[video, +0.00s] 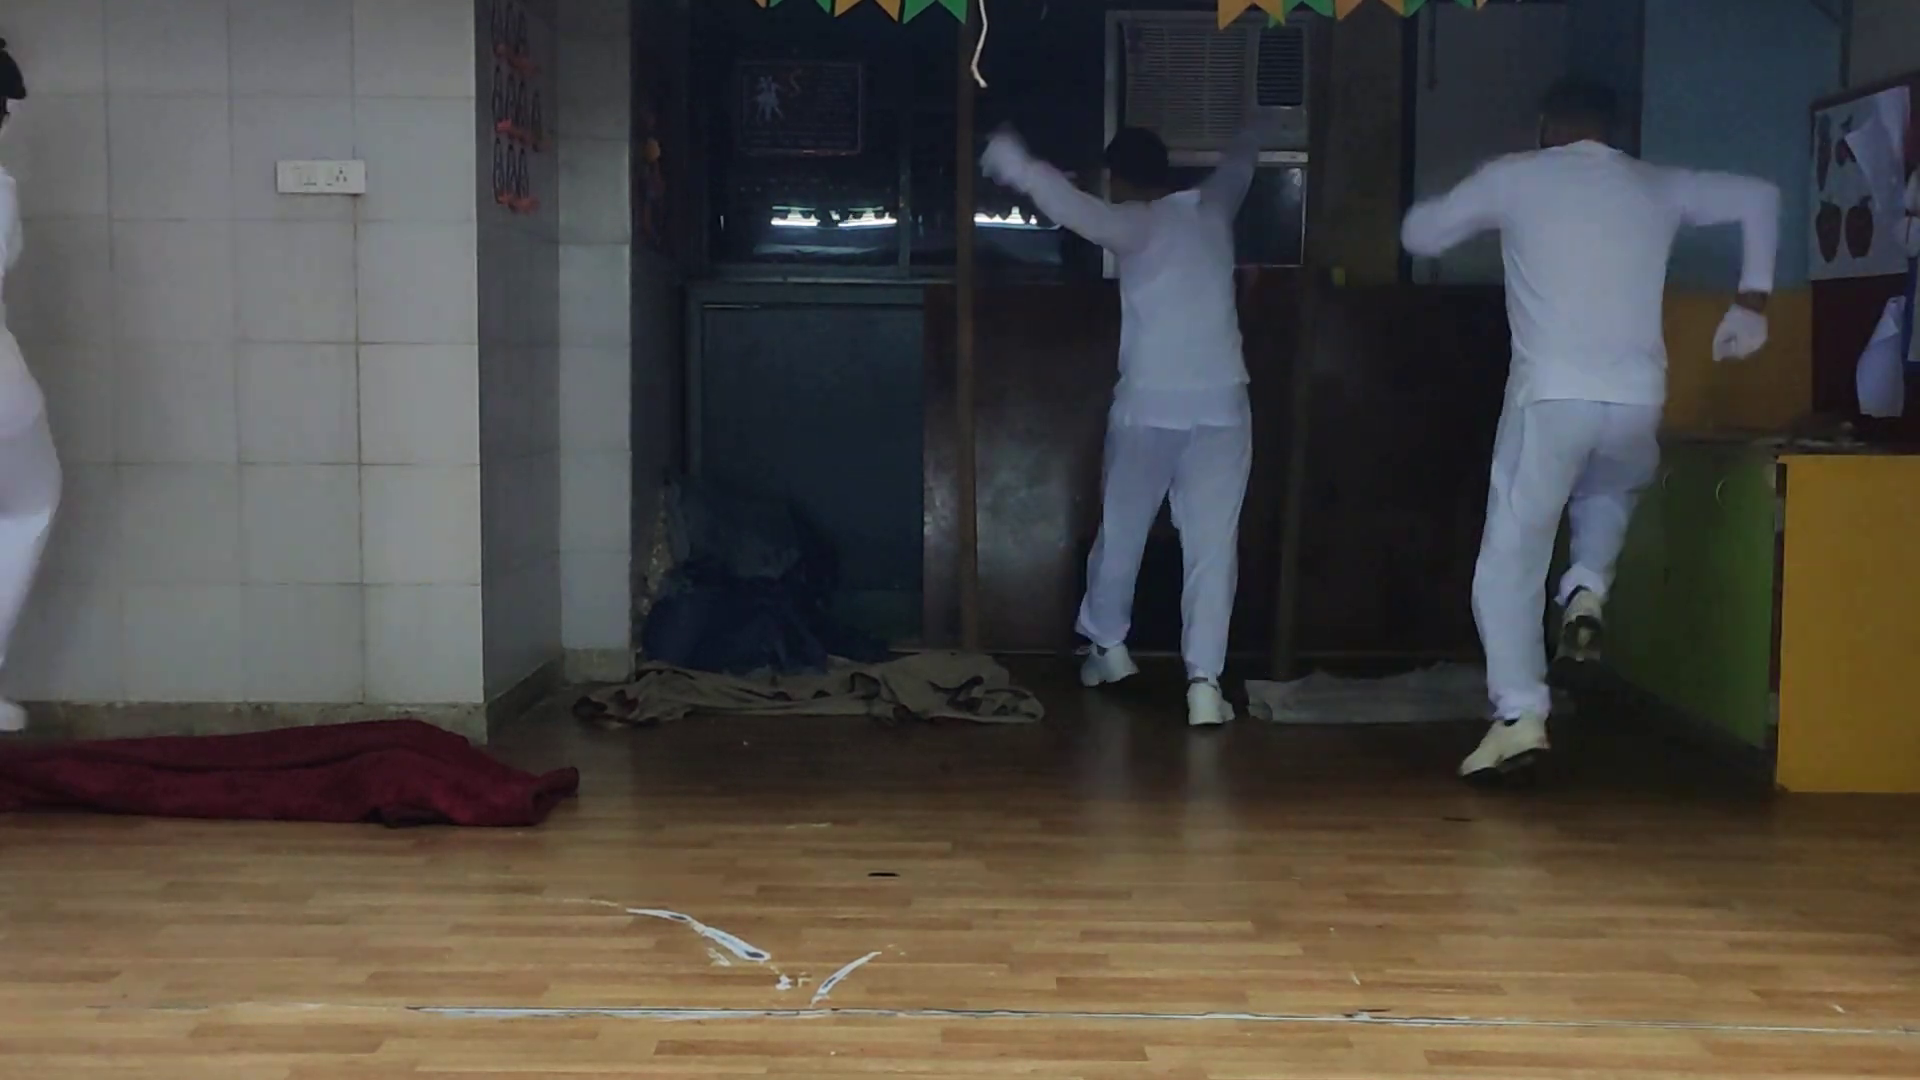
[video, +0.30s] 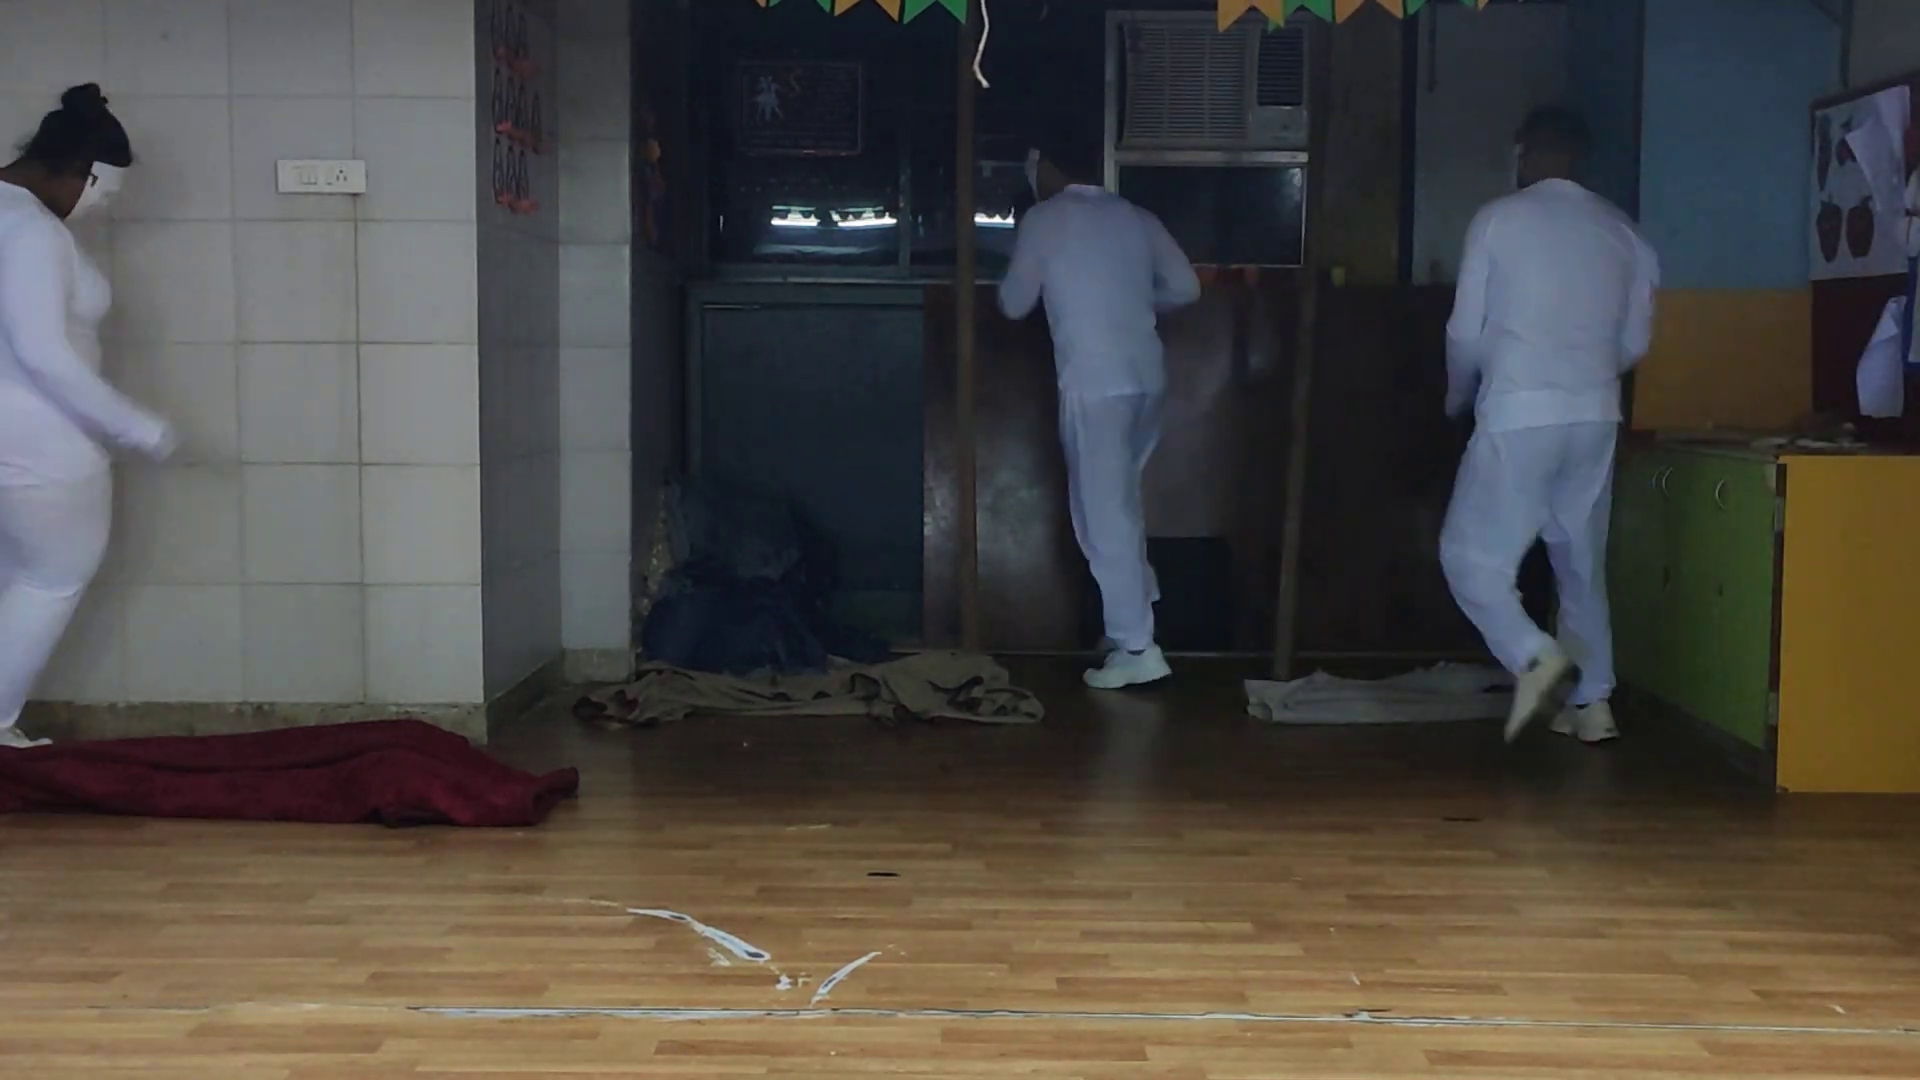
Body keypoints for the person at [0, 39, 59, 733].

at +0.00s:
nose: (6, 115)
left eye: (8, 102)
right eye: (6, 102)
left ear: (11, 104)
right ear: (3, 102)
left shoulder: (6, 187)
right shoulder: (4, 188)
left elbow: (8, 252)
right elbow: (8, 253)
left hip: (5, 352)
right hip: (5, 356)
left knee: (30, 492)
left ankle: (0, 685)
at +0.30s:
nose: (96, 200)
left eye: (102, 188)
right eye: (97, 185)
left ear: (50, 156)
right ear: (72, 168)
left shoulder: (17, 214)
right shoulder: (30, 228)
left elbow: (40, 347)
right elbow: (42, 351)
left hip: (23, 438)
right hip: (34, 443)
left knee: (35, 574)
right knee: (56, 572)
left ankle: (6, 719)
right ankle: (2, 719)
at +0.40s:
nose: (126, 181)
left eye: (132, 168)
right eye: (124, 164)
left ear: (80, 137)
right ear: (93, 142)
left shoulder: (34, 185)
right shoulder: (45, 196)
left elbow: (63, 300)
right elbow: (93, 289)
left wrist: (126, 307)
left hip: (68, 417)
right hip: (47, 424)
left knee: (123, 529)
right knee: (43, 567)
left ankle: (13, 653)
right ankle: (5, 706)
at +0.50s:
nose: (151, 155)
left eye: (160, 144)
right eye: (150, 137)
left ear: (110, 120)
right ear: (117, 119)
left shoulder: (103, 186)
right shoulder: (63, 170)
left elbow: (95, 300)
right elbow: (137, 213)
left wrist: (163, 318)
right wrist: (218, 150)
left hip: (124, 396)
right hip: (55, 401)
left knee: (160, 516)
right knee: (45, 551)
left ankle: (129, 680)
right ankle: (4, 704)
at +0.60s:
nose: (173, 146)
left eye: (180, 136)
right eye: (167, 132)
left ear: (172, 136)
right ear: (137, 123)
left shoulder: (158, 217)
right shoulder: (80, 181)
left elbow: (170, 306)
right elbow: (166, 159)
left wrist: (240, 336)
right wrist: (259, 87)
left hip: (167, 396)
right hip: (85, 397)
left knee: (199, 542)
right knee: (53, 560)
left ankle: (221, 695)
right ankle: (1, 703)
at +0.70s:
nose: (225, 172)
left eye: (229, 161)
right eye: (214, 156)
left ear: (218, 168)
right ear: (174, 146)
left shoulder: (203, 235)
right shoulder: (104, 213)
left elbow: (234, 319)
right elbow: (152, 184)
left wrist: (294, 353)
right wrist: (238, 125)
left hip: (215, 427)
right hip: (123, 430)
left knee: (240, 562)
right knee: (77, 576)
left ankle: (220, 710)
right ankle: (6, 704)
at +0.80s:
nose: (225, 166)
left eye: (242, 162)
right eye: (217, 147)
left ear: (252, 176)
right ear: (188, 141)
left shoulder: (250, 233)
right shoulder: (130, 204)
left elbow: (286, 321)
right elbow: (90, 259)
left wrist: (328, 313)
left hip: (245, 424)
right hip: (146, 426)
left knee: (262, 557)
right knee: (119, 574)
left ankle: (224, 708)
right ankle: (44, 698)